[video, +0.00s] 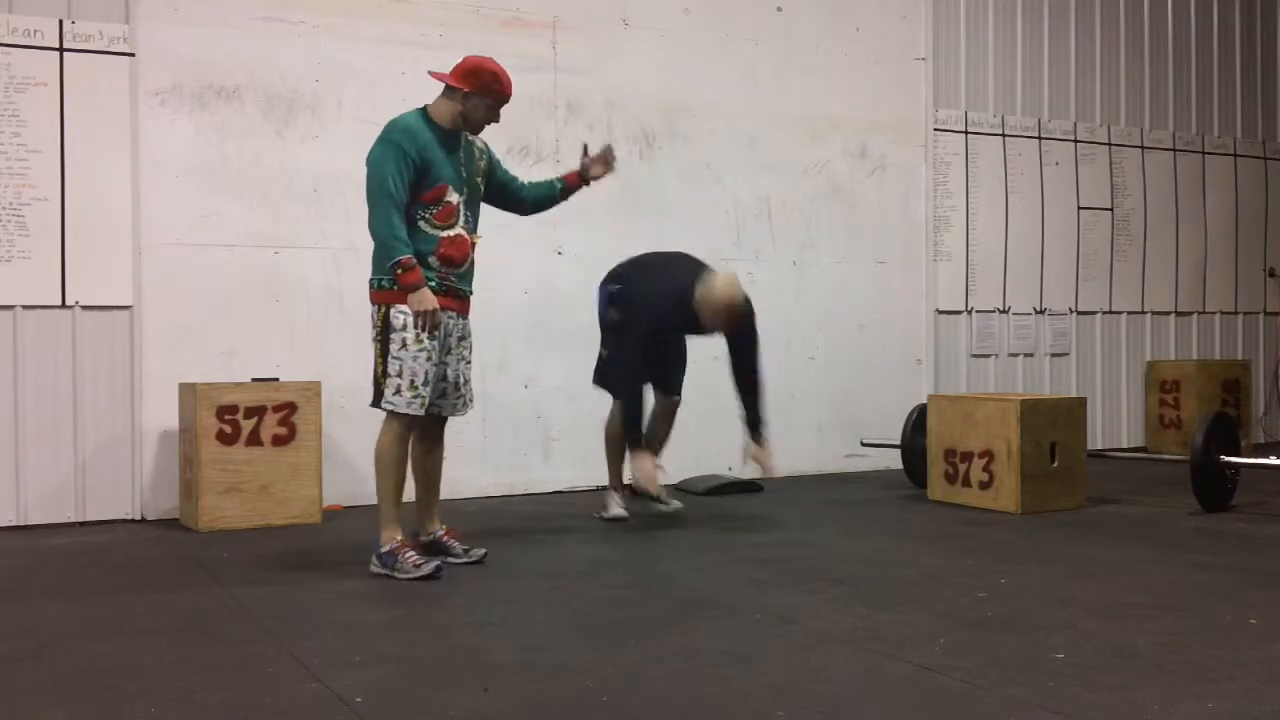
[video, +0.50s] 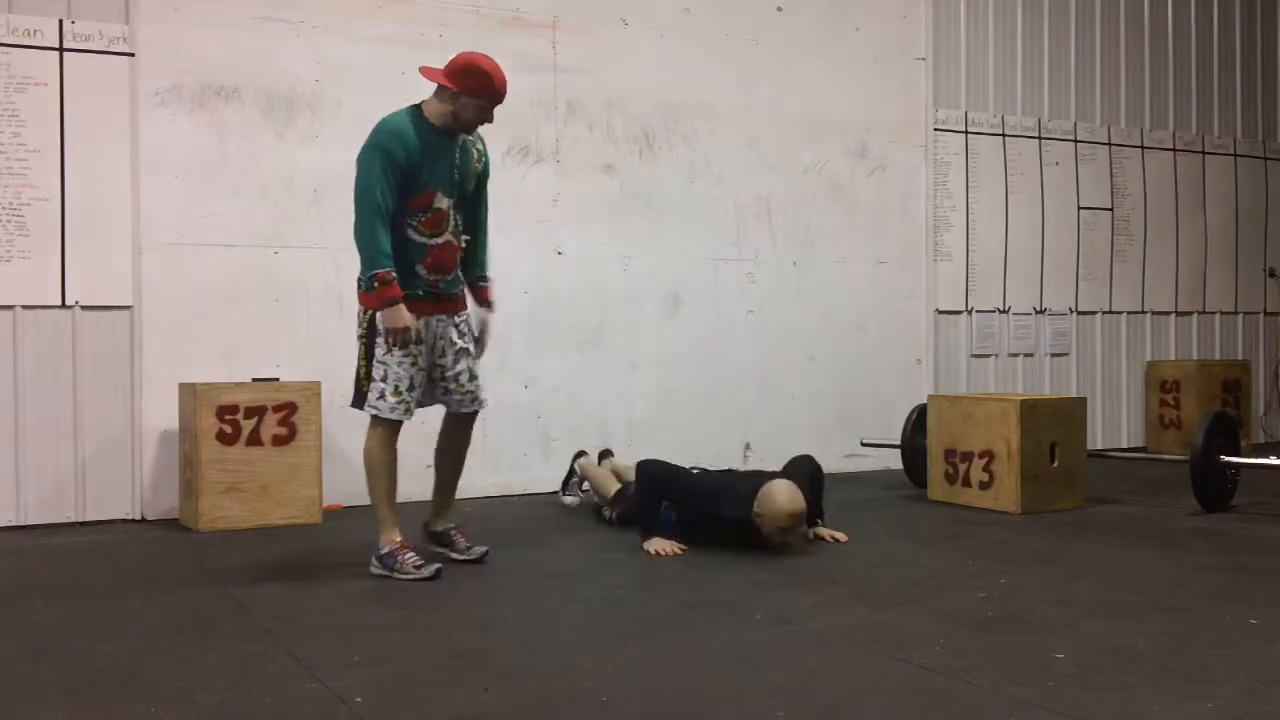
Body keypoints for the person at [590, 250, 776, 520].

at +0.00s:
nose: (719, 325)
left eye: (725, 319)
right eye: (715, 317)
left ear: (734, 305)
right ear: (702, 302)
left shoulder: (736, 307)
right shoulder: (655, 303)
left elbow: (746, 372)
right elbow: (630, 384)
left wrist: (756, 438)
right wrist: (637, 451)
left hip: (666, 313)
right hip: (624, 307)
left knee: (669, 400)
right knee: (623, 402)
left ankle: (644, 481)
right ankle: (615, 490)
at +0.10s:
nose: (729, 369)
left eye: (737, 363)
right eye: (725, 362)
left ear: (749, 345)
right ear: (714, 347)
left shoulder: (745, 338)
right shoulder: (674, 343)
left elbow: (768, 406)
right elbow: (654, 418)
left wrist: (793, 476)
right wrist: (653, 491)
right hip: (634, 298)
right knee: (622, 408)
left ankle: (620, 451)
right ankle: (598, 452)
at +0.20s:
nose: (755, 423)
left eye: (761, 416)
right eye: (750, 417)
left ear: (769, 396)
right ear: (733, 402)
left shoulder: (764, 390)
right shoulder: (693, 399)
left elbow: (792, 455)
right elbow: (655, 469)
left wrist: (813, 522)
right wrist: (651, 534)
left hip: (690, 346)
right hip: (644, 354)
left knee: (648, 424)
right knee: (611, 428)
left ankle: (605, 443)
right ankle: (583, 435)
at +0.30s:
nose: (786, 477)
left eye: (788, 469)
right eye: (779, 473)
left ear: (789, 454)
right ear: (754, 466)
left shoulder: (782, 441)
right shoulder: (701, 452)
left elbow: (815, 472)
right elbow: (632, 476)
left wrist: (815, 523)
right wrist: (648, 535)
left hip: (701, 414)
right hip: (658, 418)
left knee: (636, 445)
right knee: (609, 444)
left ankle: (601, 462)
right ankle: (574, 456)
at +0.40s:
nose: (784, 514)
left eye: (789, 509)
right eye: (779, 509)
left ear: (794, 494)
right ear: (759, 498)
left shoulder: (794, 477)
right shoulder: (712, 480)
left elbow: (815, 468)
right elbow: (645, 477)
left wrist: (816, 521)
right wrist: (649, 534)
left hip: (703, 478)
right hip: (662, 477)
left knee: (631, 479)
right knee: (609, 482)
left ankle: (604, 464)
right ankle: (576, 463)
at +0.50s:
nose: (788, 537)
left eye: (794, 530)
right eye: (781, 533)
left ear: (799, 510)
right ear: (758, 517)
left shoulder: (796, 489)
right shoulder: (713, 502)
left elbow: (809, 462)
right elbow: (649, 469)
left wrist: (816, 522)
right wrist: (650, 534)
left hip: (694, 492)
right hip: (659, 504)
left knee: (643, 482)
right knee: (616, 499)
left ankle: (606, 460)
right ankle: (583, 464)